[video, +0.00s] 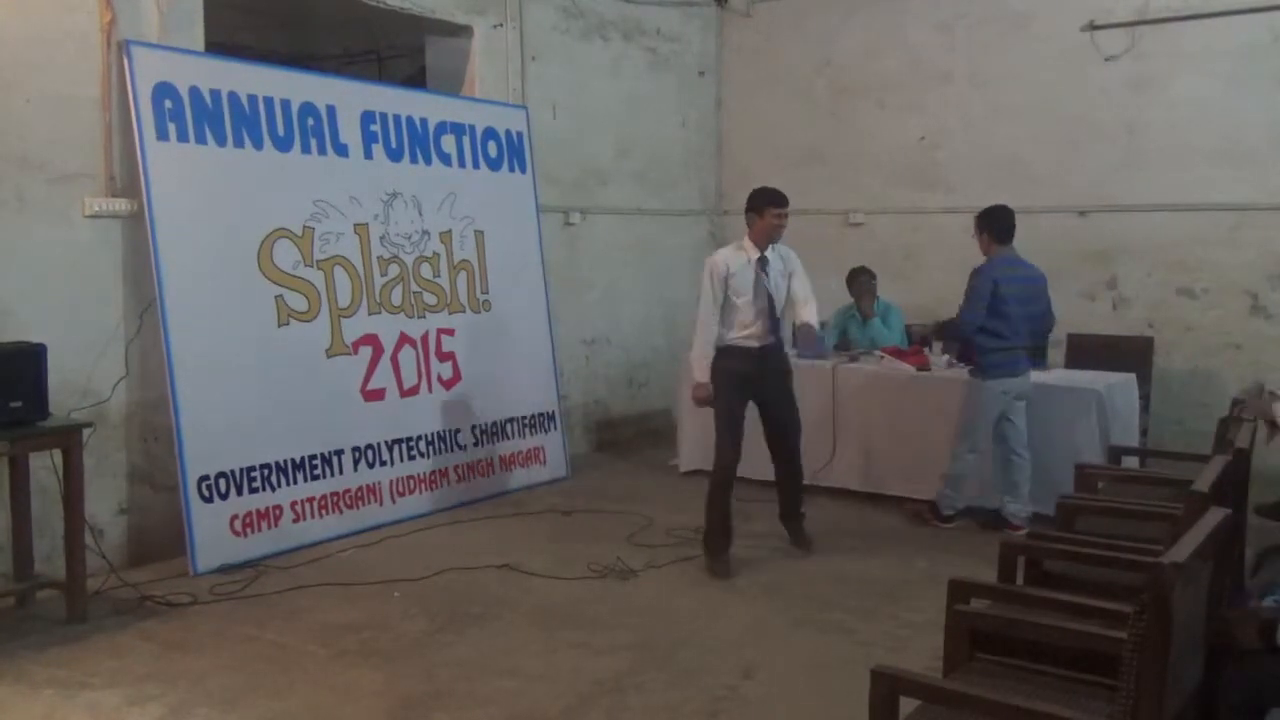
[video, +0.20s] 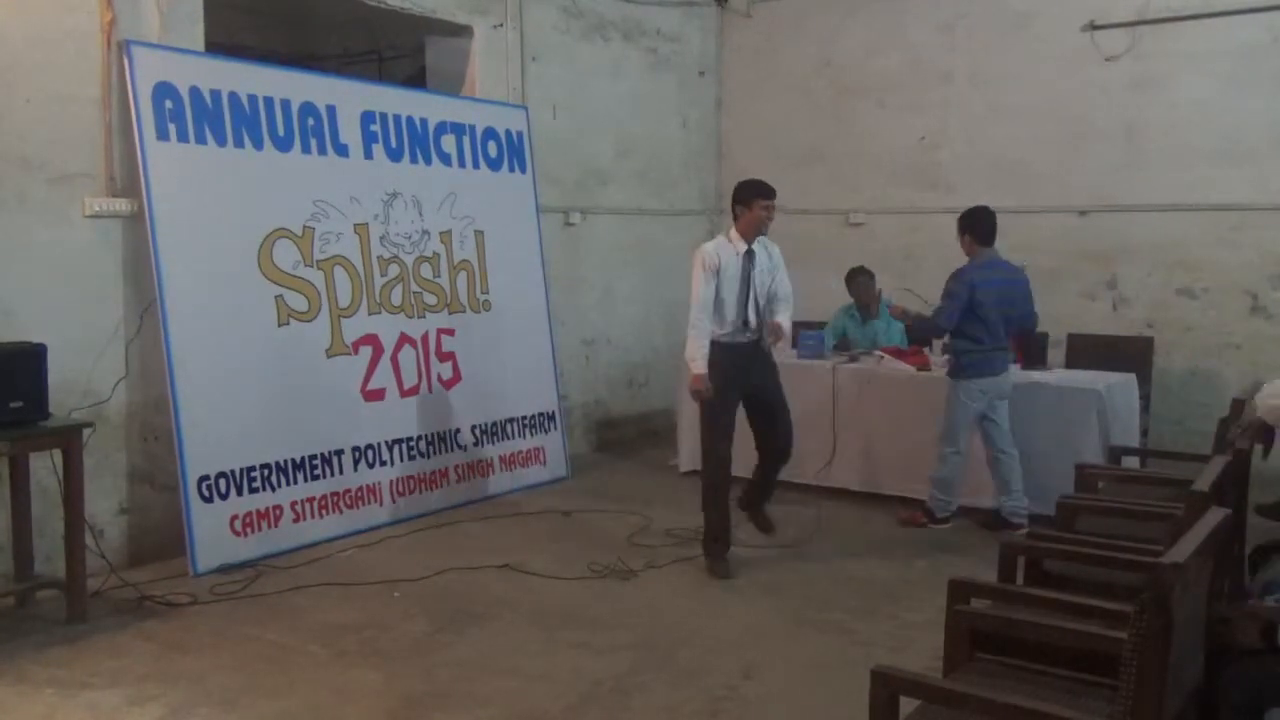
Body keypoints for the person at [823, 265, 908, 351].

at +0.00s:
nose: (865, 290)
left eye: (869, 285)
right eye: (859, 286)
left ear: (875, 287)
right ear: (851, 291)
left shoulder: (891, 312)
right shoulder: (843, 315)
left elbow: (894, 348)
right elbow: (828, 346)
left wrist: (871, 316)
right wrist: (838, 347)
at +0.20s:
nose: (863, 293)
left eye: (867, 287)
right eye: (858, 289)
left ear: (874, 287)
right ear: (850, 293)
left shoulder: (893, 312)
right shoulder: (843, 315)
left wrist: (876, 318)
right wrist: (837, 346)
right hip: (852, 369)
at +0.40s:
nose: (864, 290)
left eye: (868, 285)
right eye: (858, 286)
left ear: (873, 287)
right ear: (850, 292)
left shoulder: (890, 312)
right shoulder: (843, 315)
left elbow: (902, 346)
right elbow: (824, 341)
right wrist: (836, 345)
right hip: (851, 369)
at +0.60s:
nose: (865, 290)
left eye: (869, 285)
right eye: (859, 286)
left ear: (875, 287)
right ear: (850, 292)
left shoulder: (891, 309)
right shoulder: (844, 314)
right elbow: (827, 339)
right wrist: (837, 345)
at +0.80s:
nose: (864, 293)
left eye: (868, 287)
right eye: (859, 289)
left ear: (874, 288)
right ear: (850, 292)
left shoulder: (890, 310)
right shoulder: (843, 315)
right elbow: (826, 341)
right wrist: (837, 346)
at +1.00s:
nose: (865, 294)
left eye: (868, 289)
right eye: (859, 290)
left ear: (875, 288)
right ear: (850, 292)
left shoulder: (891, 309)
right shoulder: (843, 314)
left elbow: (899, 338)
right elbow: (828, 339)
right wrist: (838, 345)